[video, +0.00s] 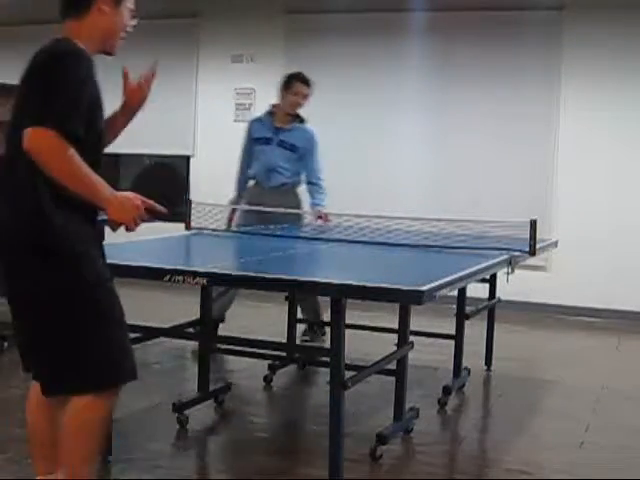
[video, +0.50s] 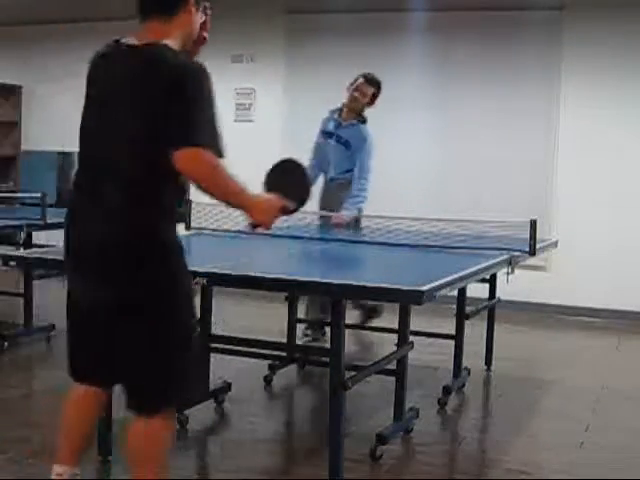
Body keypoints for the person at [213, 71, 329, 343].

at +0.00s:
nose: (300, 102)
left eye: (305, 98)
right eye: (297, 95)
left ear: (306, 101)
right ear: (283, 93)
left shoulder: (305, 135)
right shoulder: (256, 126)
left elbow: (313, 175)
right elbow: (244, 167)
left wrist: (319, 207)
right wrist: (236, 201)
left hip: (286, 196)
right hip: (255, 195)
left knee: (297, 260)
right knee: (236, 258)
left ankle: (315, 323)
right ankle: (211, 318)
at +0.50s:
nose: (356, 95)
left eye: (363, 95)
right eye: (356, 89)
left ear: (370, 103)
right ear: (348, 89)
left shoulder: (361, 136)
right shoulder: (329, 122)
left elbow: (362, 178)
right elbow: (317, 162)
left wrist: (350, 210)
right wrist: (298, 189)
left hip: (348, 191)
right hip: (329, 187)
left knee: (334, 252)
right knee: (334, 251)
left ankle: (316, 320)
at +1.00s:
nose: (393, 107)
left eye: (397, 102)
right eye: (390, 102)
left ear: (410, 100)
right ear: (387, 102)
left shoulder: (420, 131)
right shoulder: (402, 130)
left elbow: (429, 172)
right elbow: (409, 164)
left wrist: (396, 173)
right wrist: (396, 169)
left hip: (419, 193)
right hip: (406, 191)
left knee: (401, 252)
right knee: (405, 253)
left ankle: (395, 319)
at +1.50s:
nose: (458, 118)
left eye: (464, 112)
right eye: (454, 112)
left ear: (476, 112)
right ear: (449, 111)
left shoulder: (489, 147)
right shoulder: (449, 140)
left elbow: (496, 194)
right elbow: (452, 176)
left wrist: (470, 212)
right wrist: (452, 201)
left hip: (484, 217)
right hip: (457, 215)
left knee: (489, 281)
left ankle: (515, 339)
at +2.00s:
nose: (501, 124)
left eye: (506, 118)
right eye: (496, 118)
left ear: (519, 113)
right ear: (492, 114)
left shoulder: (538, 145)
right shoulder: (494, 137)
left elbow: (541, 192)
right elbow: (487, 167)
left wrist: (522, 222)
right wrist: (472, 180)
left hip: (534, 204)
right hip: (510, 200)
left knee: (526, 269)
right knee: (503, 265)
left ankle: (516, 338)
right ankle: (500, 331)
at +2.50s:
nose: (529, 123)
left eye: (534, 116)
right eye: (525, 118)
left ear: (549, 113)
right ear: (523, 117)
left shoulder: (565, 145)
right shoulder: (540, 145)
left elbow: (560, 199)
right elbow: (531, 178)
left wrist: (530, 223)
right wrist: (511, 178)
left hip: (573, 213)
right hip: (557, 212)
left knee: (546, 276)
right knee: (569, 277)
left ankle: (519, 341)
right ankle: (594, 339)